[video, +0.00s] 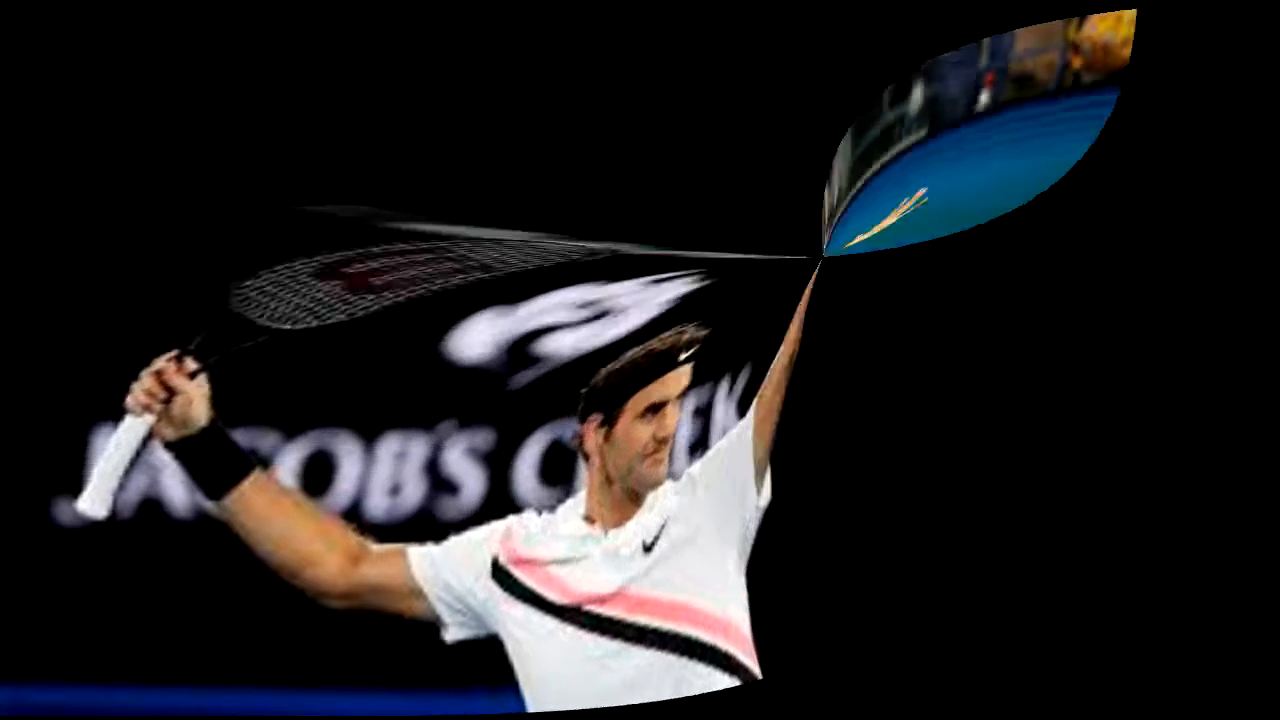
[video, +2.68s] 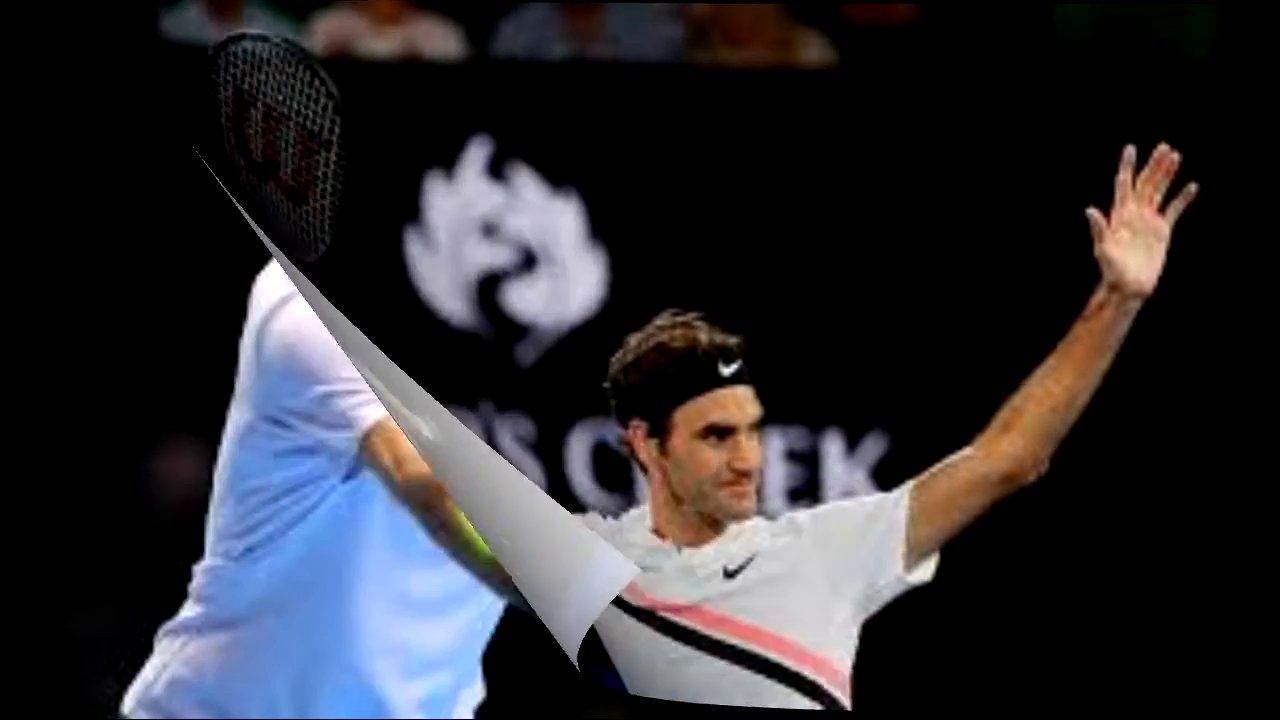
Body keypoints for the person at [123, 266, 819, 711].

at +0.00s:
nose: (672, 432)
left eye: (682, 410)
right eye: (652, 414)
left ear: (693, 418)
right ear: (592, 435)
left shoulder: (715, 503)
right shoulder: (504, 556)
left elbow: (791, 371)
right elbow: (342, 568)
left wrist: (853, 236)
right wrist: (198, 441)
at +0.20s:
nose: (722, 460)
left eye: (730, 433)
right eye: (693, 439)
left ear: (744, 435)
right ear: (619, 450)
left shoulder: (809, 545)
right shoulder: (529, 569)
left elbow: (936, 428)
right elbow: (343, 567)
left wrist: (1005, 236)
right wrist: (183, 432)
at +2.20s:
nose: (734, 464)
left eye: (740, 437)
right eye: (703, 442)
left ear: (749, 441)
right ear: (621, 455)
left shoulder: (815, 552)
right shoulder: (532, 573)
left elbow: (1004, 456)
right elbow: (340, 568)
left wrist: (1116, 300)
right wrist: (188, 429)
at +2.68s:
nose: (748, 459)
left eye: (753, 432)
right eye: (716, 437)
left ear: (764, 432)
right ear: (643, 449)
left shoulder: (826, 549)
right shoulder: (587, 564)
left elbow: (1007, 454)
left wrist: (1119, 298)